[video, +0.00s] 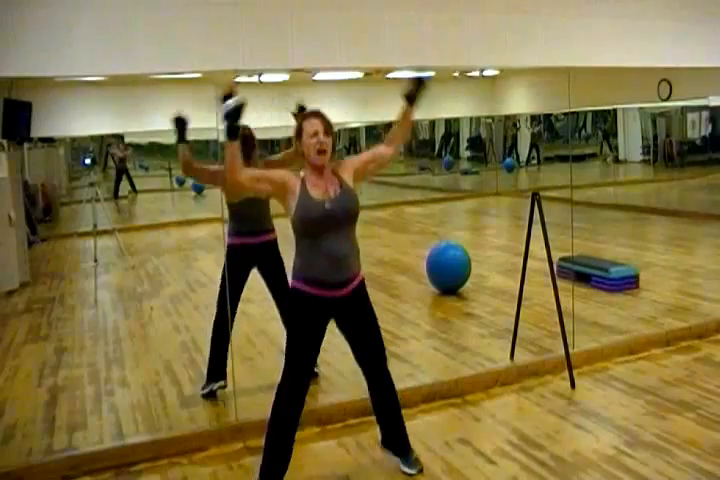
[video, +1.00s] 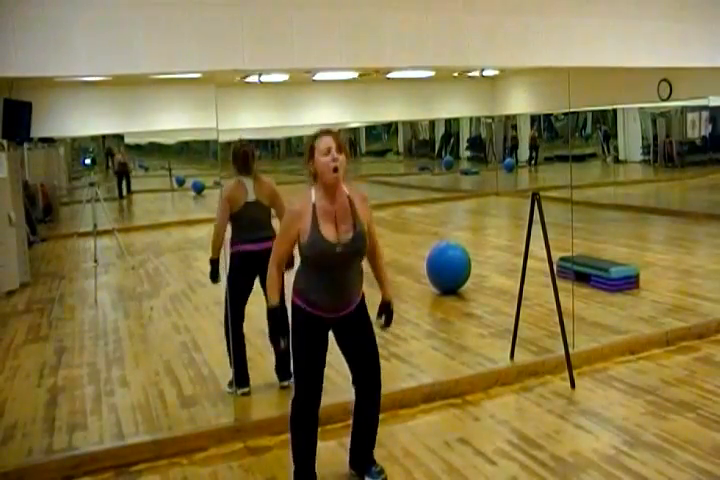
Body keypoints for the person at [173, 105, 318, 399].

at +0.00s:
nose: (241, 146)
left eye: (237, 141)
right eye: (245, 141)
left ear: (233, 147)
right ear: (254, 146)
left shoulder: (226, 174)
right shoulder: (265, 168)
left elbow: (188, 168)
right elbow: (299, 153)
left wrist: (182, 136)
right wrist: (302, 124)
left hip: (239, 246)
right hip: (267, 244)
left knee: (225, 312)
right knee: (287, 306)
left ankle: (215, 378)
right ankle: (306, 362)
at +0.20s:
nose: (250, 152)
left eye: (239, 147)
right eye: (254, 147)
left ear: (234, 151)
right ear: (256, 150)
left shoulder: (228, 183)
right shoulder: (271, 179)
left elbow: (207, 219)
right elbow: (290, 208)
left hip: (238, 254)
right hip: (267, 250)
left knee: (236, 315)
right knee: (275, 309)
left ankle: (242, 377)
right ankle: (283, 369)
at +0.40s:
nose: (246, 154)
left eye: (241, 149)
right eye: (250, 149)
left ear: (235, 154)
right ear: (256, 152)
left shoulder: (229, 186)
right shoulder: (270, 182)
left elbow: (226, 226)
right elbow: (279, 221)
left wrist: (222, 257)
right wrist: (282, 252)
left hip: (240, 256)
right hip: (268, 254)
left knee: (236, 319)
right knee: (276, 313)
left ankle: (241, 380)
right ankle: (285, 372)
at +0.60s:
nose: (239, 154)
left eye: (236, 150)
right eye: (250, 149)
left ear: (234, 154)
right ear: (255, 152)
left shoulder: (229, 185)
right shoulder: (269, 180)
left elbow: (219, 225)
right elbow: (287, 213)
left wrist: (213, 259)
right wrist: (286, 245)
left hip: (239, 255)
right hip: (267, 253)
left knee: (238, 317)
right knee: (276, 310)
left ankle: (241, 380)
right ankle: (284, 373)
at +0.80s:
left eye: (240, 160)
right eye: (253, 160)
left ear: (235, 164)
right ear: (255, 163)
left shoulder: (230, 192)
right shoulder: (268, 188)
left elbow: (223, 234)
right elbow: (280, 224)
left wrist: (219, 270)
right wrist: (283, 256)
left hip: (242, 261)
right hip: (269, 257)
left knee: (236, 320)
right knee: (276, 315)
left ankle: (241, 380)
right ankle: (284, 373)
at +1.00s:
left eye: (236, 159)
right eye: (249, 158)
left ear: (234, 163)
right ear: (254, 161)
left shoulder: (230, 189)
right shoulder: (267, 185)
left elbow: (220, 226)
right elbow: (285, 217)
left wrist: (214, 258)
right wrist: (290, 250)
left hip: (242, 258)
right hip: (269, 255)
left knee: (234, 317)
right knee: (278, 311)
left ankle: (240, 379)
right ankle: (285, 373)